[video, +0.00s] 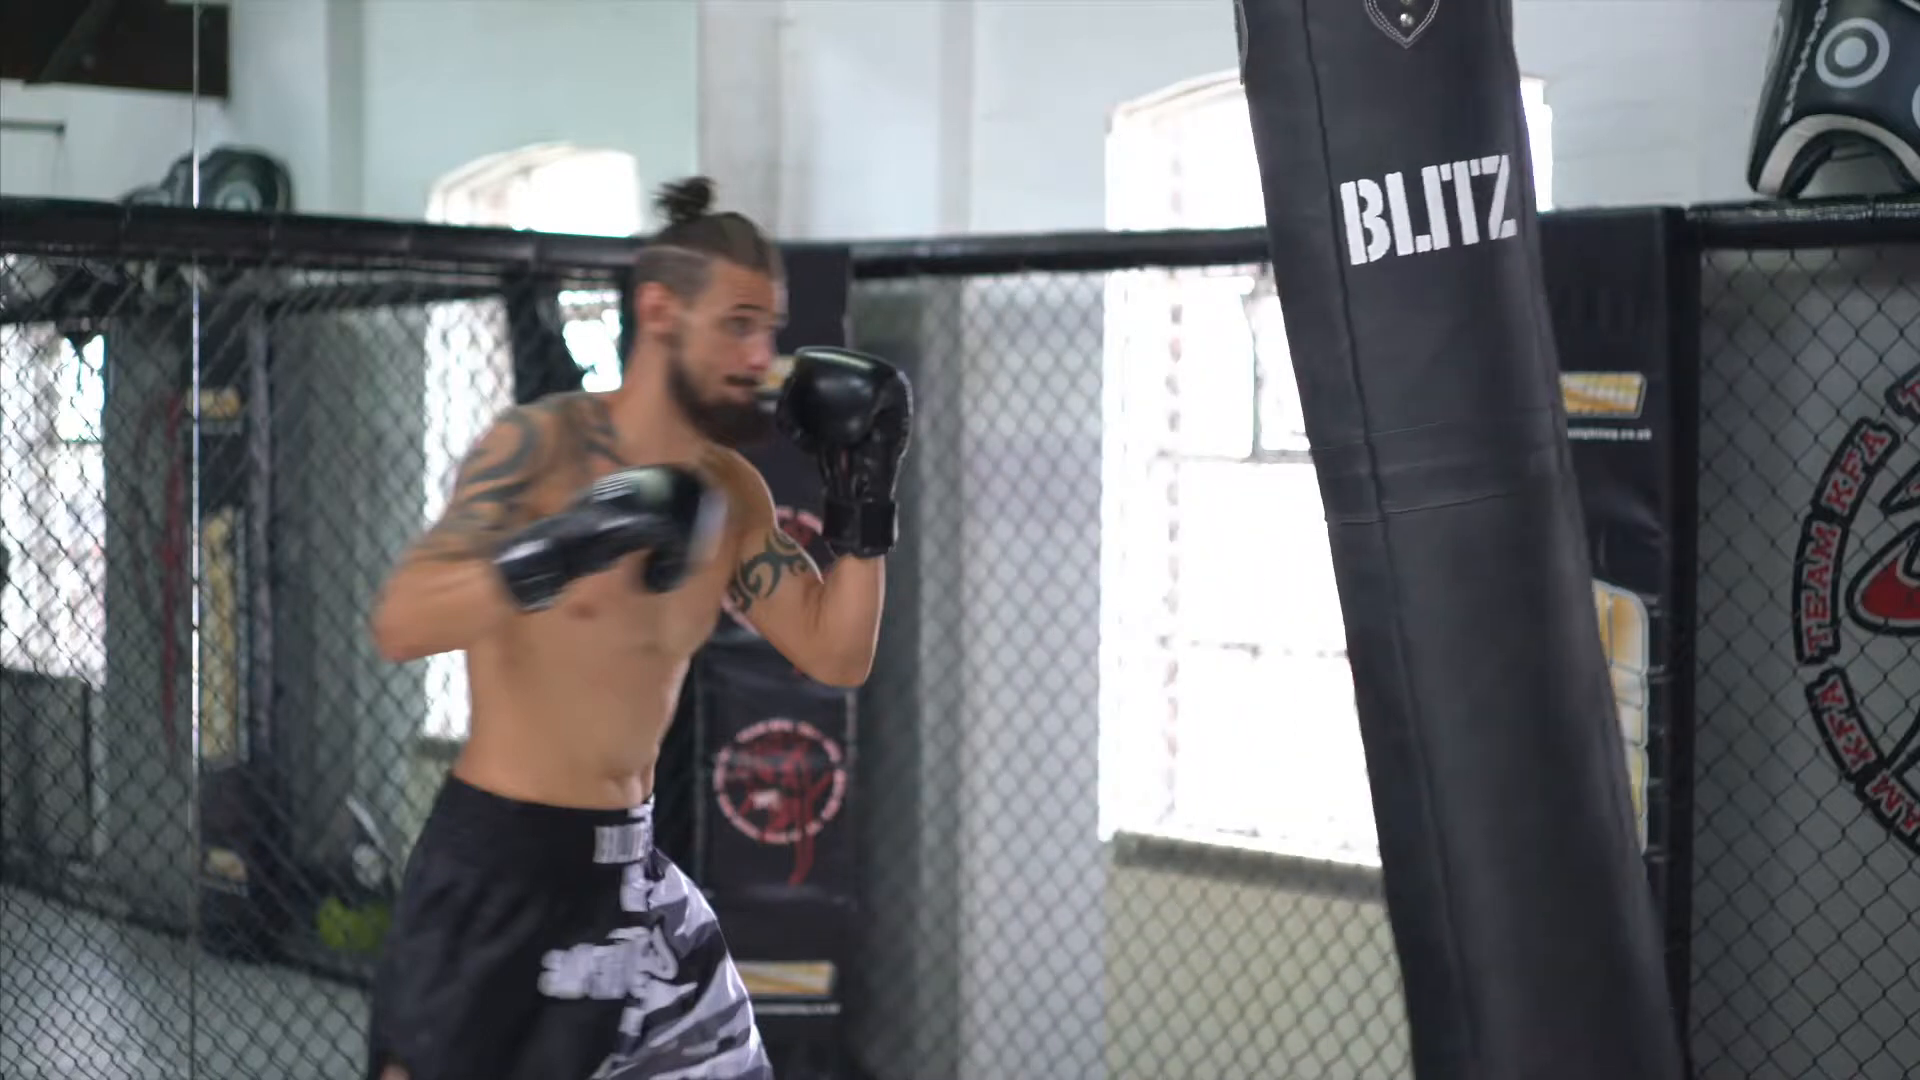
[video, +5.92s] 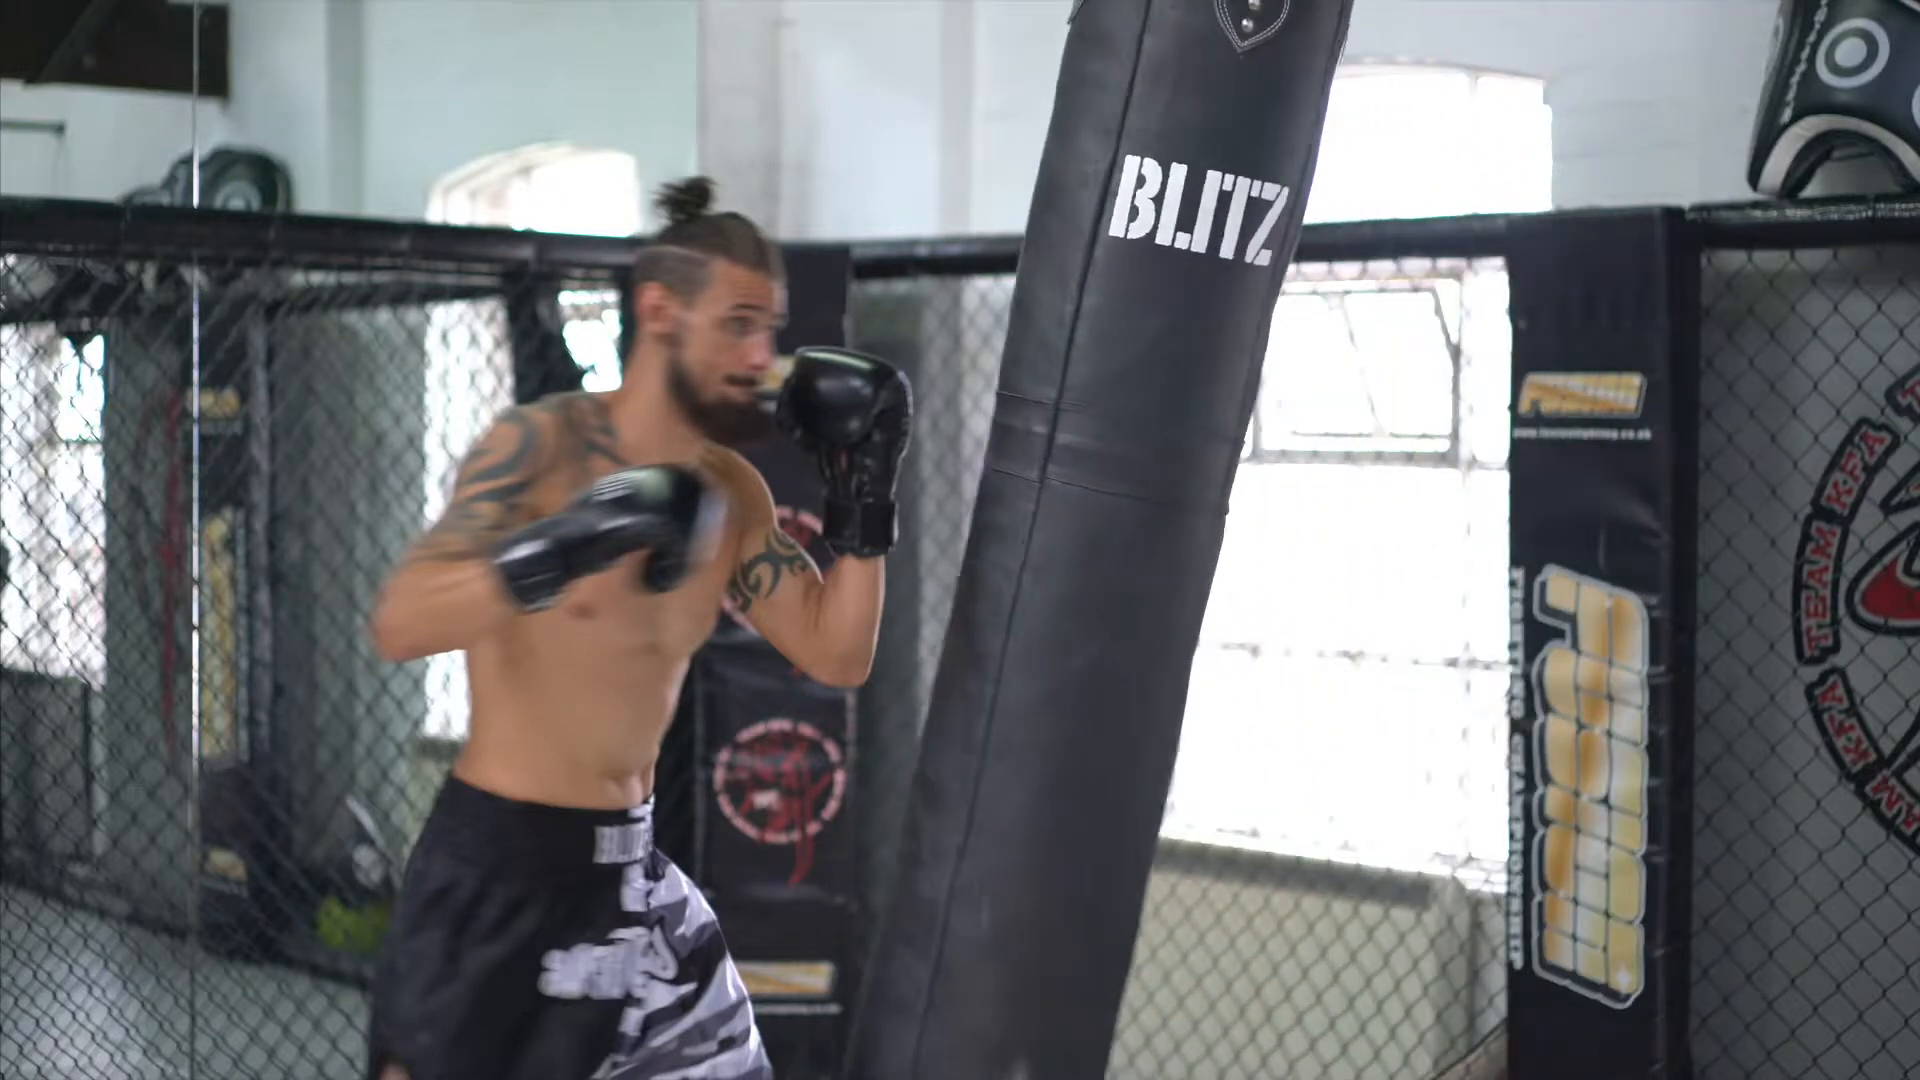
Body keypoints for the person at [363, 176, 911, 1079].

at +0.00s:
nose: (762, 358)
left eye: (772, 332)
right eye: (739, 326)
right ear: (656, 310)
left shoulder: (733, 492)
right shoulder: (540, 439)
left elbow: (839, 655)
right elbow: (401, 623)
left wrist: (865, 483)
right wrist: (568, 547)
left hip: (636, 867)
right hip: (500, 866)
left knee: (732, 1066)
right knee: (442, 1065)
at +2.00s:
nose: (762, 358)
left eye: (772, 331)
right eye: (739, 325)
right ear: (656, 310)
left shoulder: (734, 493)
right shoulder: (539, 440)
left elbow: (839, 655)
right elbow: (401, 623)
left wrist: (864, 483)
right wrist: (569, 547)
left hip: (636, 868)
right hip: (500, 866)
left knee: (732, 1066)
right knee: (442, 1065)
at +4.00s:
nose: (763, 357)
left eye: (773, 331)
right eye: (740, 325)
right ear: (656, 309)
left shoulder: (733, 492)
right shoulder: (538, 440)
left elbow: (839, 655)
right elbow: (400, 623)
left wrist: (866, 481)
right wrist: (568, 546)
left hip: (636, 867)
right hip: (500, 865)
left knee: (731, 1066)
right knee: (443, 1064)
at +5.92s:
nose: (762, 357)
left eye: (772, 331)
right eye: (739, 325)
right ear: (656, 309)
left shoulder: (733, 492)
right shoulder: (538, 441)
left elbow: (839, 655)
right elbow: (400, 624)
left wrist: (865, 479)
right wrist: (568, 547)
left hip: (635, 867)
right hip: (500, 866)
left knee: (732, 1066)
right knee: (439, 1065)